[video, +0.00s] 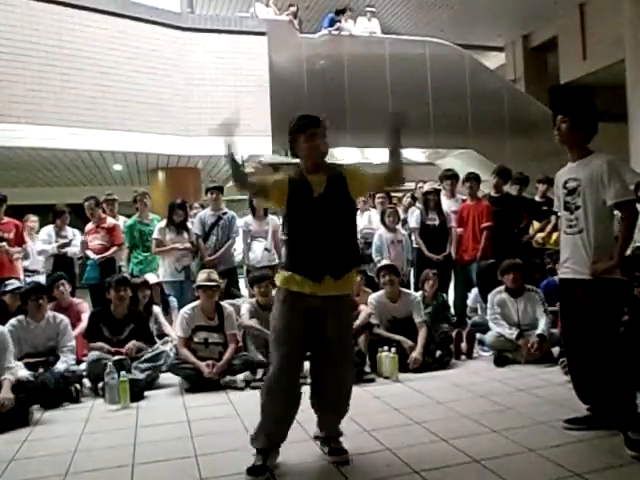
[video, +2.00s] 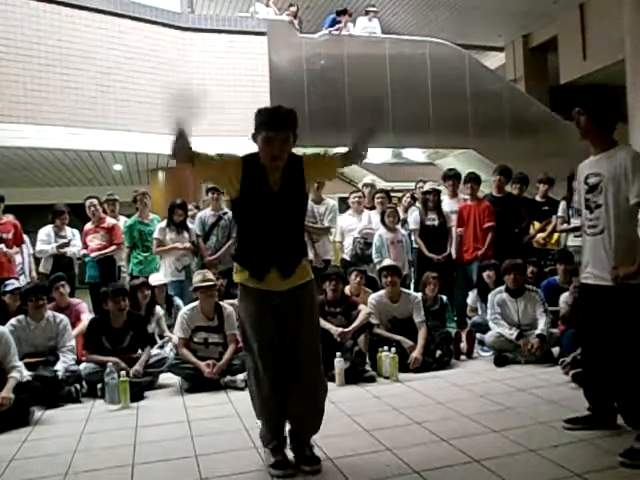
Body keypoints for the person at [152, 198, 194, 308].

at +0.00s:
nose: (178, 218)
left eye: (181, 215)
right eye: (176, 214)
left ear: (185, 215)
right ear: (171, 214)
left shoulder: (187, 228)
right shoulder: (161, 228)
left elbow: (195, 247)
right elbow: (155, 249)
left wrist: (189, 247)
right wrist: (174, 247)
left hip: (186, 269)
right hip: (169, 271)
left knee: (187, 304)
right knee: (174, 305)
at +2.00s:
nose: (178, 218)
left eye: (181, 215)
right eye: (176, 215)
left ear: (185, 215)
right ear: (171, 213)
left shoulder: (189, 228)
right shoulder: (162, 228)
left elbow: (196, 248)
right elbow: (155, 250)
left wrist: (189, 247)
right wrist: (174, 246)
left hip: (187, 268)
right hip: (170, 269)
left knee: (188, 302)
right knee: (174, 303)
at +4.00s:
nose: (182, 211)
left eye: (184, 208)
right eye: (179, 208)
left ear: (188, 211)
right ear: (174, 211)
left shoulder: (192, 230)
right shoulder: (166, 229)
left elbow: (200, 250)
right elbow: (159, 251)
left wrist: (192, 249)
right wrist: (179, 249)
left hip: (191, 274)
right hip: (173, 274)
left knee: (191, 309)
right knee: (178, 310)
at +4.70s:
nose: (183, 210)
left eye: (185, 207)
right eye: (180, 207)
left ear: (190, 210)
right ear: (175, 210)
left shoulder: (193, 227)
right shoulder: (168, 228)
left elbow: (200, 246)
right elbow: (159, 250)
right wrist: (177, 249)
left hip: (191, 272)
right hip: (174, 273)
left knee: (192, 308)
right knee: (178, 309)